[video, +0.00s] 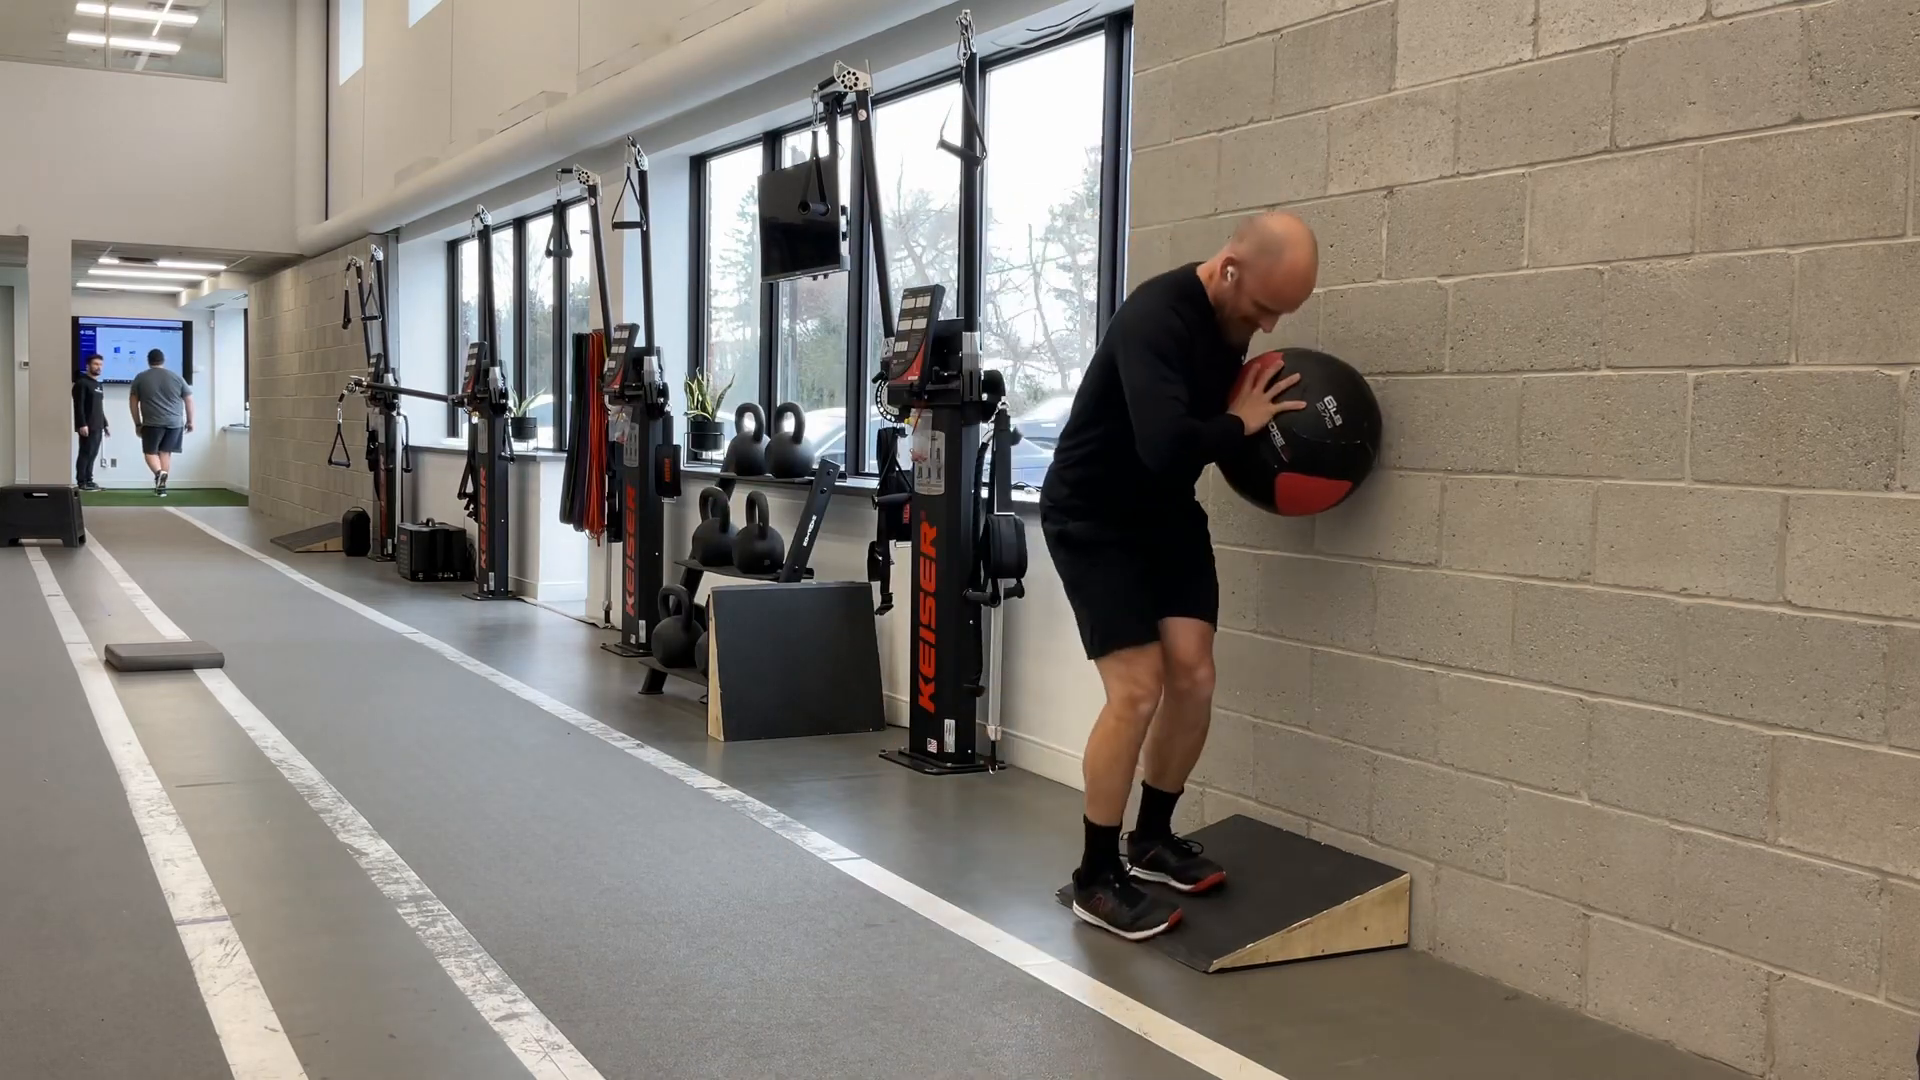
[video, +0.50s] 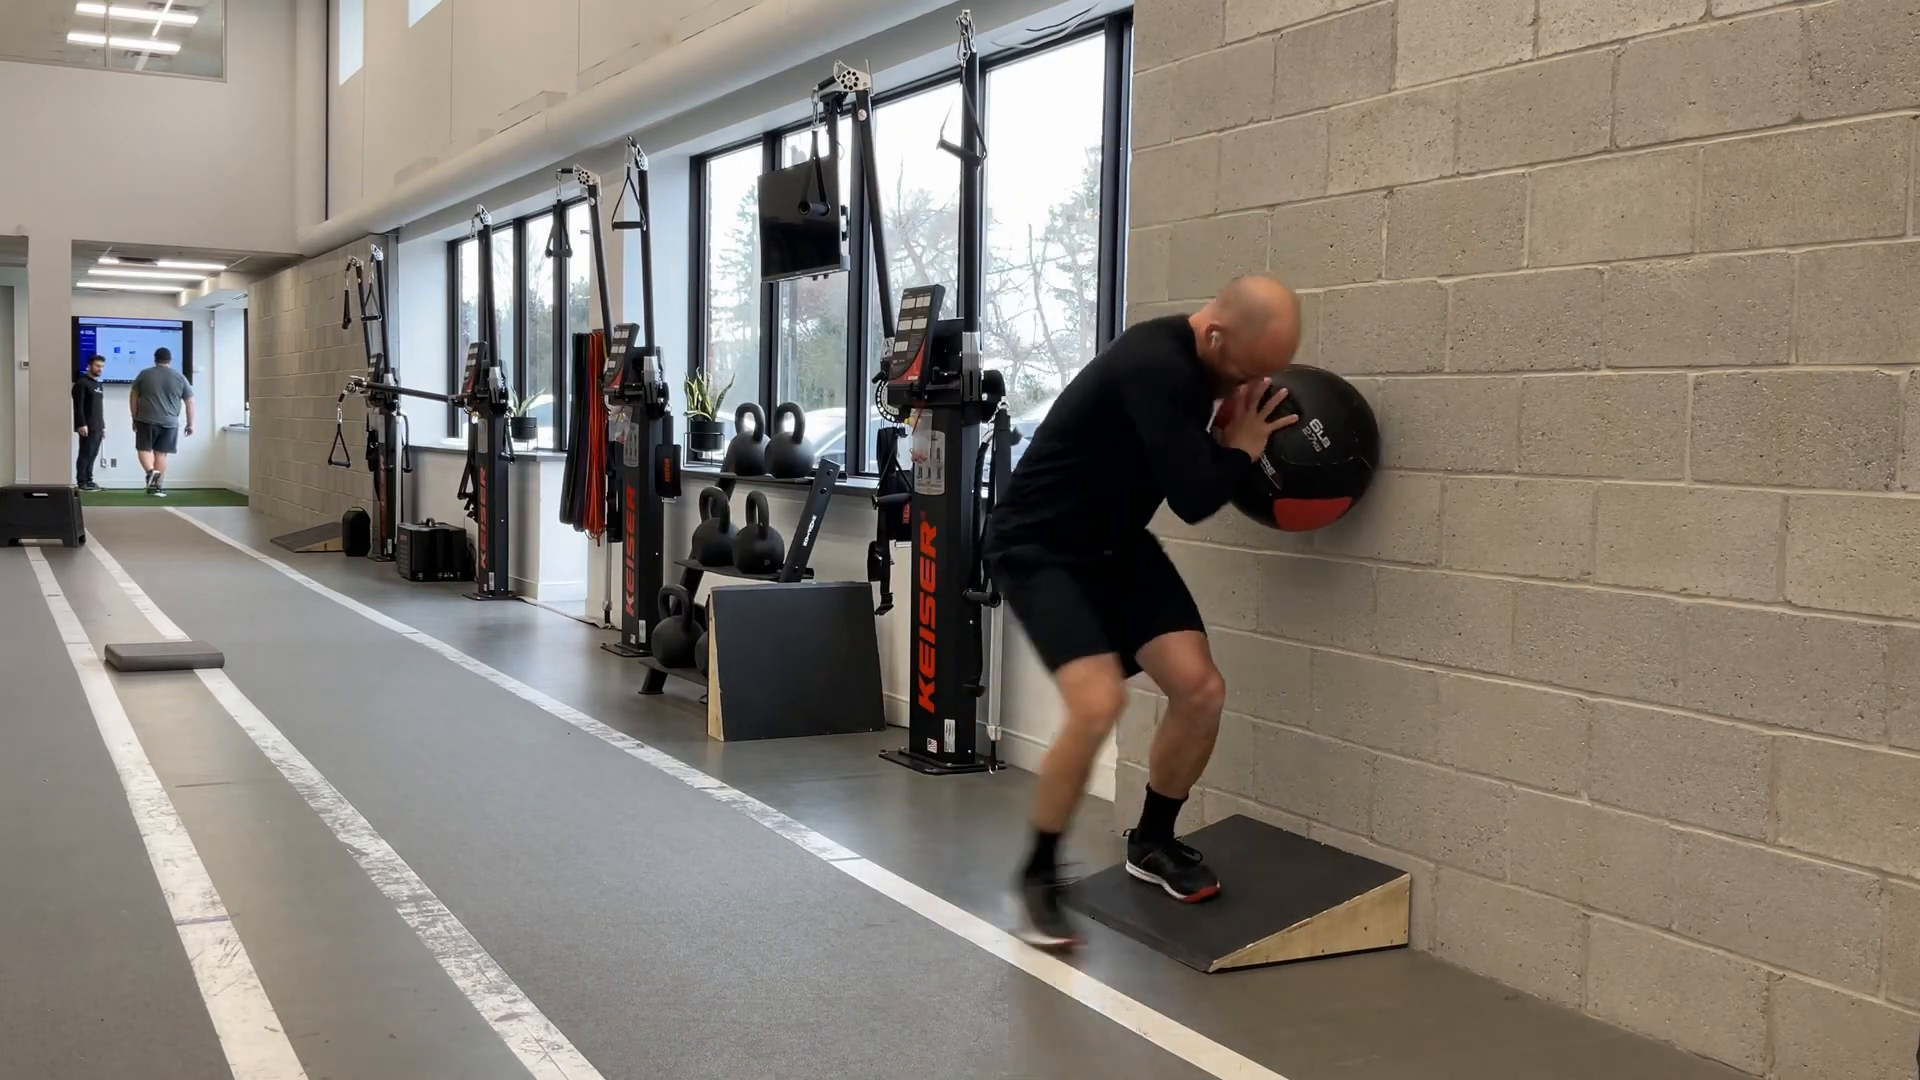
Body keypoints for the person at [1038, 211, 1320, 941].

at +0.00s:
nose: (1267, 327)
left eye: (1280, 315)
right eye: (1261, 309)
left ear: (1290, 292)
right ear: (1226, 268)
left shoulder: (1235, 327)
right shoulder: (1157, 316)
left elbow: (1227, 437)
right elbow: (1163, 446)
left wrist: (1287, 470)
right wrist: (1237, 423)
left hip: (1169, 505)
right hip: (1093, 507)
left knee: (1193, 676)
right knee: (1138, 686)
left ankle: (1151, 839)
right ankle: (1096, 876)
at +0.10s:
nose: (1262, 337)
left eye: (1275, 326)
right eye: (1257, 319)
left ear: (1286, 302)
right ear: (1221, 277)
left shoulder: (1234, 332)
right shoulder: (1154, 319)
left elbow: (1227, 440)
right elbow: (1164, 445)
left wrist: (1287, 458)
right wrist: (1238, 427)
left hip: (1168, 508)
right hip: (1092, 508)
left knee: (1189, 681)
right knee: (1142, 688)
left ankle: (1150, 839)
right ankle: (1098, 875)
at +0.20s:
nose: (1257, 343)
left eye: (1269, 332)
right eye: (1253, 326)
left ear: (1277, 307)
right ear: (1218, 283)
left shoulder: (1229, 333)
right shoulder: (1151, 323)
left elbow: (1223, 442)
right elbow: (1166, 449)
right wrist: (1235, 424)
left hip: (1164, 511)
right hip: (1088, 513)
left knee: (1192, 681)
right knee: (1146, 690)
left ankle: (1151, 839)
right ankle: (1100, 875)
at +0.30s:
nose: (1261, 350)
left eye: (1272, 339)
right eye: (1256, 334)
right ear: (1220, 292)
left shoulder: (1226, 339)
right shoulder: (1153, 330)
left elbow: (1228, 450)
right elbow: (1170, 455)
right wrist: (1237, 426)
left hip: (1152, 512)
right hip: (1080, 515)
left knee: (1193, 681)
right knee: (1146, 691)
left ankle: (1151, 840)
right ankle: (1100, 875)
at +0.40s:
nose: (1262, 370)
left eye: (1275, 359)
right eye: (1258, 353)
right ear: (1222, 310)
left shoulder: (1221, 350)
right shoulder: (1156, 342)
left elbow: (1232, 466)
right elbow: (1169, 477)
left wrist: (1291, 489)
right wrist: (1233, 435)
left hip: (1136, 519)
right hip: (1062, 521)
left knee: (1195, 681)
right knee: (1141, 691)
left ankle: (1151, 841)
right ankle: (1100, 874)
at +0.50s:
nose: (1256, 380)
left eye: (1266, 368)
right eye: (1253, 365)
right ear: (1213, 334)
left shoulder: (1205, 363)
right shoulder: (1155, 365)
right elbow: (1193, 502)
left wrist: (1230, 439)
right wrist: (1235, 444)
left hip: (1114, 538)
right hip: (1035, 538)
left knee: (1200, 691)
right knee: (1097, 702)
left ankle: (1152, 842)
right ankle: (1039, 873)